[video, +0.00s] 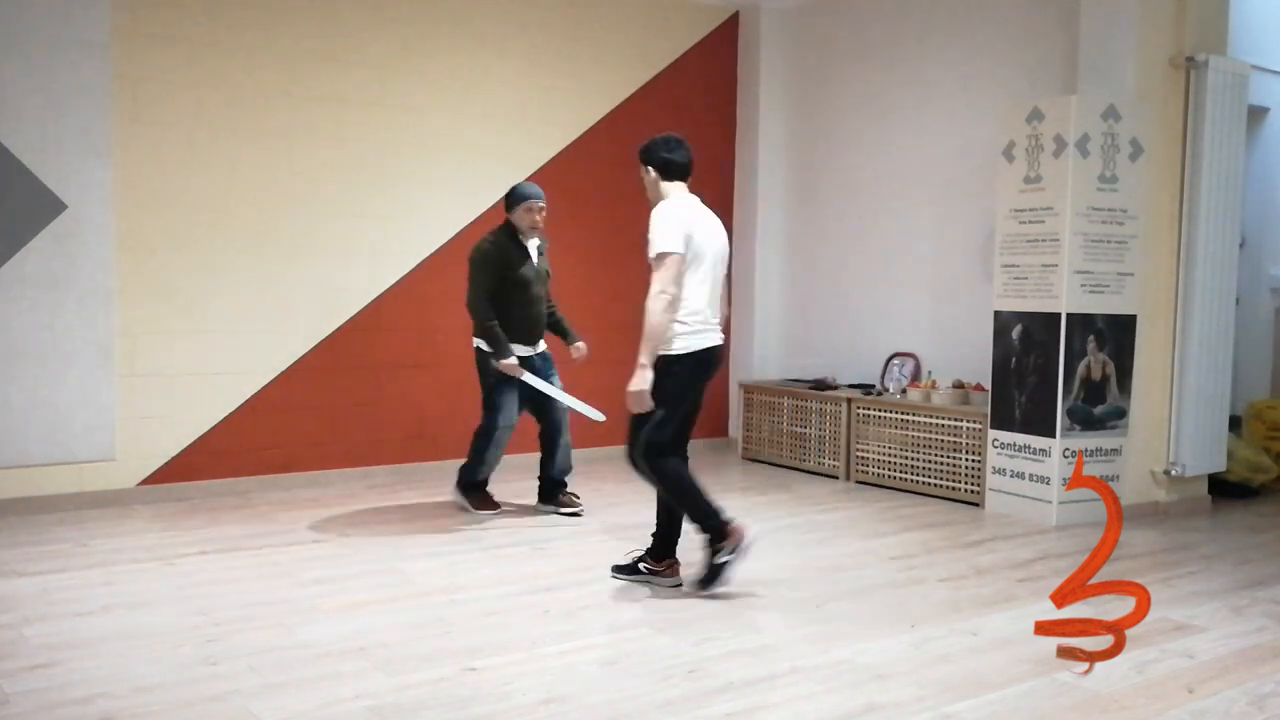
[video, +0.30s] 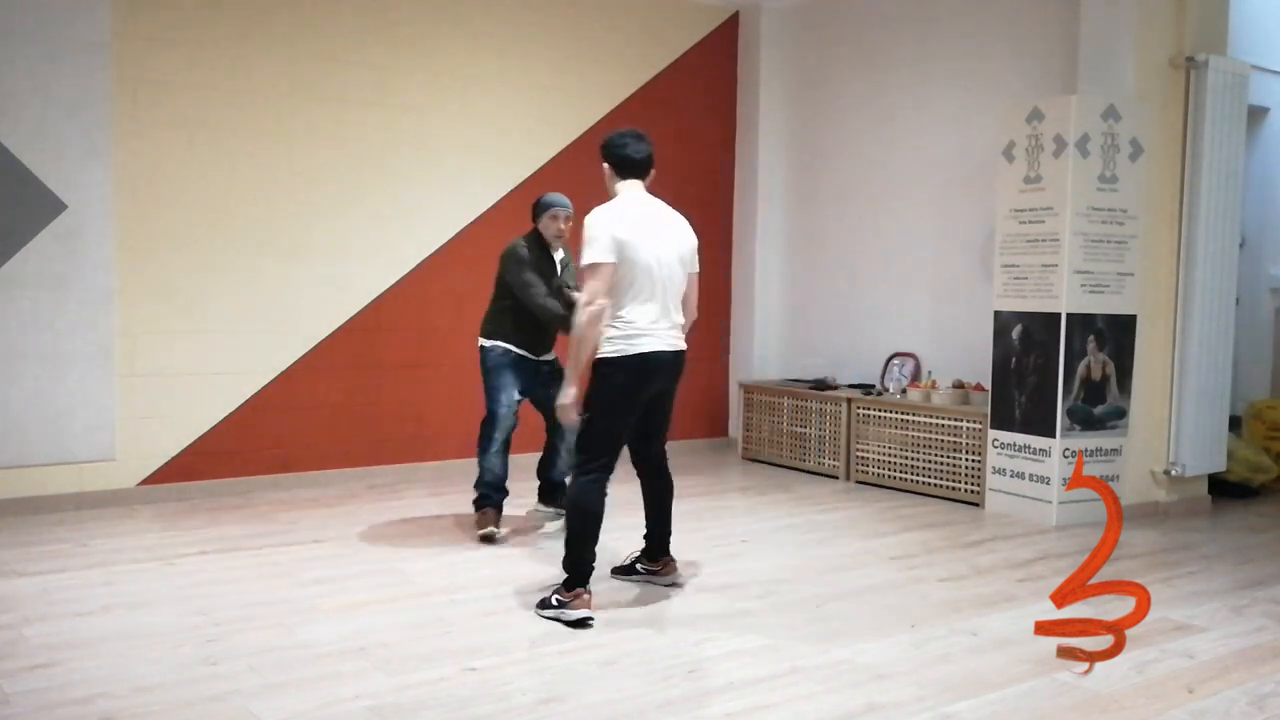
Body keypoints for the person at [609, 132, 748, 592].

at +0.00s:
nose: (642, 181)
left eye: (642, 173)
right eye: (641, 173)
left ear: (652, 172)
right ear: (685, 173)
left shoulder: (669, 214)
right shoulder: (709, 218)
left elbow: (664, 293)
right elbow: (718, 302)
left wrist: (644, 365)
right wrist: (708, 349)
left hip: (679, 351)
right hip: (704, 349)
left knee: (646, 450)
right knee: (670, 451)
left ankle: (722, 532)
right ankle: (663, 556)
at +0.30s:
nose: (600, 174)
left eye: (600, 168)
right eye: (606, 166)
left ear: (608, 171)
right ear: (650, 172)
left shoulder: (603, 219)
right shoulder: (681, 225)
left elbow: (595, 303)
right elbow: (689, 309)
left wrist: (572, 381)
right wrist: (662, 346)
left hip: (621, 359)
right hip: (668, 358)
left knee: (589, 469)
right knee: (650, 455)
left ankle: (575, 587)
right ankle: (658, 555)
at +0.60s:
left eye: (572, 167)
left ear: (573, 168)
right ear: (623, 166)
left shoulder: (559, 226)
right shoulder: (663, 221)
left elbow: (534, 319)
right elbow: (681, 313)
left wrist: (519, 392)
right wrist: (680, 381)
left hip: (588, 372)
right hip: (656, 371)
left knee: (562, 476)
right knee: (656, 477)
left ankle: (573, 592)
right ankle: (649, 576)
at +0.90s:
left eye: (604, 231)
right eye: (641, 229)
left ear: (598, 236)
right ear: (651, 235)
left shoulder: (570, 302)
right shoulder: (683, 302)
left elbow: (545, 397)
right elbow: (710, 392)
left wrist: (528, 464)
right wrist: (709, 441)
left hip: (587, 456)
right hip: (658, 458)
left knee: (590, 493)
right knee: (653, 566)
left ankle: (605, 593)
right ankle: (630, 672)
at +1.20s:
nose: (660, 251)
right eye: (661, 243)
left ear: (613, 234)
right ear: (657, 244)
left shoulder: (573, 273)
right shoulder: (657, 280)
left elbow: (556, 361)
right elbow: (667, 369)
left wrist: (551, 437)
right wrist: (655, 419)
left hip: (569, 402)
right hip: (629, 401)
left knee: (605, 488)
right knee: (663, 504)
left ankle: (600, 591)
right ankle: (636, 585)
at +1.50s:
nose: (651, 239)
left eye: (652, 232)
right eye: (652, 230)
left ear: (612, 218)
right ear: (644, 223)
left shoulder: (585, 249)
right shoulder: (620, 239)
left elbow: (568, 297)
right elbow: (622, 290)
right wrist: (652, 332)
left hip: (578, 369)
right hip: (624, 370)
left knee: (594, 468)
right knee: (647, 458)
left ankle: (581, 571)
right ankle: (657, 543)